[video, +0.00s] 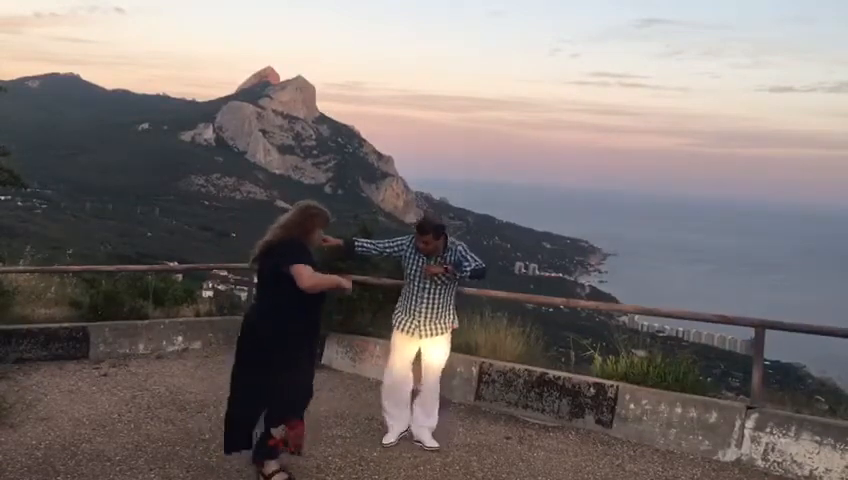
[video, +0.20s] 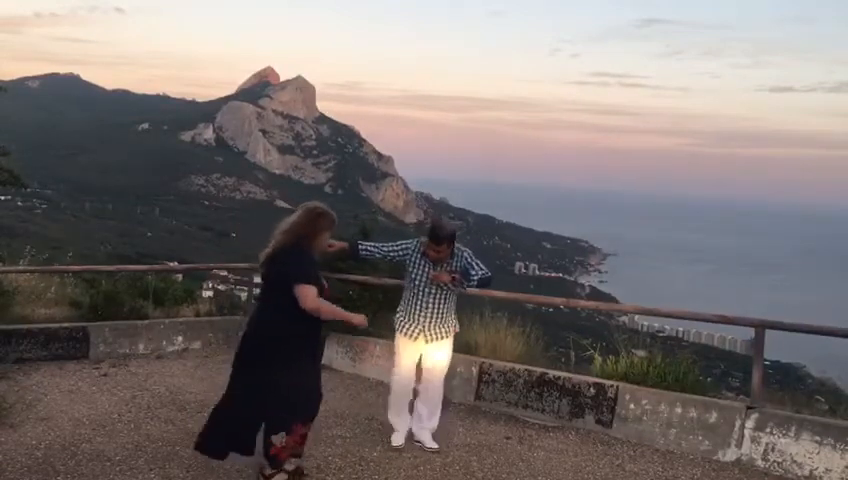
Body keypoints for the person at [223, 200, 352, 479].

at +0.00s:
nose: (322, 236)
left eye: (323, 232)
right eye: (320, 230)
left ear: (295, 222)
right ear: (307, 226)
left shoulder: (280, 247)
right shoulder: (291, 247)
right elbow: (306, 280)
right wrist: (338, 280)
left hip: (276, 333)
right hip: (281, 337)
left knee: (284, 393)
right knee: (285, 395)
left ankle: (269, 451)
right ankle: (266, 458)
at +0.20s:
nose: (329, 240)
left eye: (330, 235)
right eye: (327, 234)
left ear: (301, 226)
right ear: (314, 231)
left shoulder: (283, 252)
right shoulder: (301, 258)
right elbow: (309, 302)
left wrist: (325, 247)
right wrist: (349, 316)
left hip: (269, 343)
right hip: (289, 348)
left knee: (277, 404)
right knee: (305, 401)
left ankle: (274, 464)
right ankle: (285, 463)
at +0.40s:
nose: (338, 239)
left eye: (339, 233)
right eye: (336, 232)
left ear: (309, 224)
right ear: (324, 232)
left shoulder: (290, 254)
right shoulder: (312, 262)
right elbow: (312, 313)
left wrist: (334, 248)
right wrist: (330, 348)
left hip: (275, 338)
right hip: (296, 344)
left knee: (273, 399)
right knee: (291, 401)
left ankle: (271, 459)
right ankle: (286, 459)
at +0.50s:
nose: (340, 239)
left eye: (341, 233)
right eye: (338, 233)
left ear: (314, 225)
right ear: (326, 231)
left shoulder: (296, 254)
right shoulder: (310, 262)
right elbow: (308, 313)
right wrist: (325, 353)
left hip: (280, 339)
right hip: (297, 344)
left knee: (287, 399)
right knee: (304, 404)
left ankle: (279, 457)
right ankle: (283, 461)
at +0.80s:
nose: (347, 238)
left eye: (349, 233)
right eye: (346, 231)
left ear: (330, 228)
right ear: (331, 226)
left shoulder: (322, 257)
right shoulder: (303, 250)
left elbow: (316, 295)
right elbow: (303, 289)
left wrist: (337, 318)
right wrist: (344, 296)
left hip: (311, 345)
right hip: (287, 345)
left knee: (308, 406)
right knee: (290, 407)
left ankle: (298, 465)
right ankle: (287, 468)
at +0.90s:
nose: (349, 239)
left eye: (350, 234)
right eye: (346, 232)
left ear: (330, 229)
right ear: (329, 226)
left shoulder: (324, 258)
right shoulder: (302, 248)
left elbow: (320, 300)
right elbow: (299, 283)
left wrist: (342, 323)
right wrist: (342, 278)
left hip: (311, 346)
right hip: (286, 346)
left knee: (305, 406)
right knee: (287, 406)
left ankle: (295, 462)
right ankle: (282, 465)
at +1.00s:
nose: (346, 242)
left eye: (348, 237)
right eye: (343, 235)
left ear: (330, 234)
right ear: (326, 230)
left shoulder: (329, 266)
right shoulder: (298, 253)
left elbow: (335, 309)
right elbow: (294, 284)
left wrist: (358, 335)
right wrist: (332, 274)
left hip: (316, 352)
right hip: (283, 350)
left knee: (322, 412)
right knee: (290, 412)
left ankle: (295, 460)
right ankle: (285, 468)